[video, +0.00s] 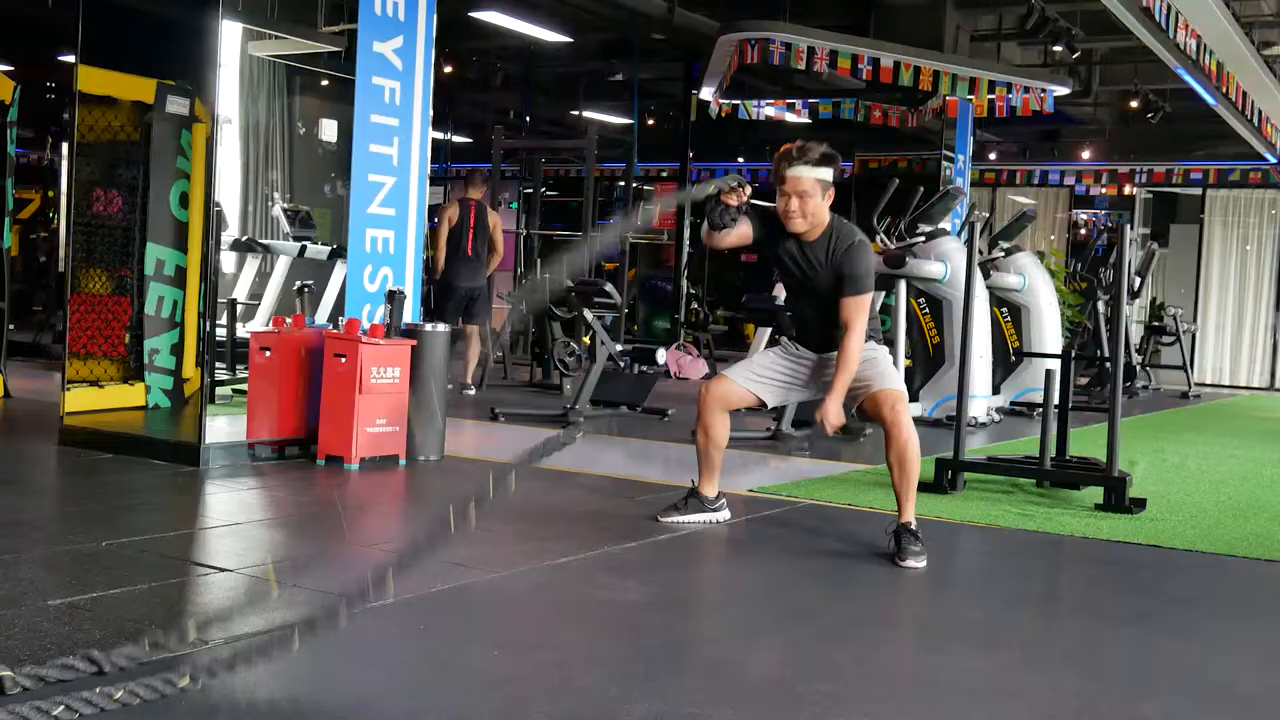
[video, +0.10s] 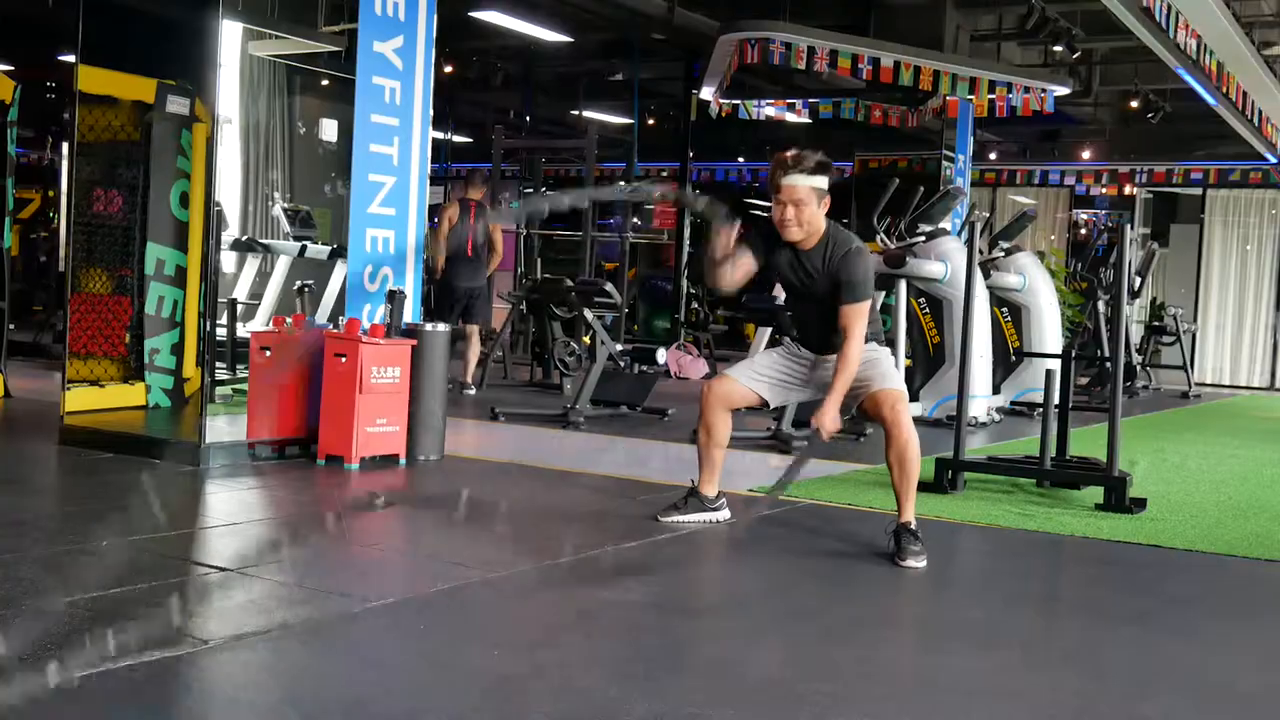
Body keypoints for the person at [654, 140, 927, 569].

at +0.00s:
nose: (789, 206)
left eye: (801, 196)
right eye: (784, 194)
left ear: (828, 198)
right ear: (776, 193)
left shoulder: (853, 247)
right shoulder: (772, 224)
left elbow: (855, 329)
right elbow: (715, 239)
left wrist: (836, 397)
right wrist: (723, 209)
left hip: (855, 355)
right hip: (795, 353)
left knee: (896, 410)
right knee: (714, 394)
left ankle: (908, 526)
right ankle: (706, 497)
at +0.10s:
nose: (785, 214)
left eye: (797, 204)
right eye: (779, 202)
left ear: (824, 206)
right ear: (771, 201)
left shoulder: (851, 254)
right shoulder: (768, 239)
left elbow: (854, 337)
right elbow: (724, 284)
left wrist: (833, 403)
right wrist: (721, 252)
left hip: (856, 355)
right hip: (796, 353)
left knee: (897, 413)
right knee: (716, 393)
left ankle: (907, 526)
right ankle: (707, 496)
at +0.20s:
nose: (781, 225)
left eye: (793, 215)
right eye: (775, 214)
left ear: (820, 215)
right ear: (768, 214)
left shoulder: (854, 258)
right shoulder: (764, 260)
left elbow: (856, 334)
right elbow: (745, 325)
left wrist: (811, 351)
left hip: (855, 359)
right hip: (792, 358)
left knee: (893, 406)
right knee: (721, 390)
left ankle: (907, 525)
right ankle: (707, 495)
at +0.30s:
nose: (780, 231)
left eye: (791, 222)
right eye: (775, 221)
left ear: (819, 221)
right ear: (768, 222)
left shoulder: (856, 260)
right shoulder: (767, 270)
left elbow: (850, 324)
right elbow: (754, 344)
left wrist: (807, 286)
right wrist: (751, 409)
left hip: (861, 365)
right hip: (798, 365)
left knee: (900, 407)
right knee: (720, 389)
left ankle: (907, 525)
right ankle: (708, 495)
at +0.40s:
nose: (782, 233)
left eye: (794, 223)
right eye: (777, 222)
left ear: (822, 225)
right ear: (770, 222)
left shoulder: (858, 265)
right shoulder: (770, 268)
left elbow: (862, 343)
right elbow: (746, 328)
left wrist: (810, 337)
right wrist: (730, 370)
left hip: (855, 371)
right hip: (792, 371)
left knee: (904, 404)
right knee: (722, 388)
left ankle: (908, 524)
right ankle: (707, 495)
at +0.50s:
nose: (781, 240)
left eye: (793, 231)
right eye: (776, 229)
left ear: (822, 233)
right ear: (770, 229)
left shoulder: (854, 279)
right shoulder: (766, 271)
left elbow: (861, 362)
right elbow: (724, 304)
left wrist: (830, 418)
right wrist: (708, 293)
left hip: (865, 369)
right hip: (805, 368)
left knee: (906, 408)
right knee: (723, 389)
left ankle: (908, 525)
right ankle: (708, 495)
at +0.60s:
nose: (777, 247)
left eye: (789, 238)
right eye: (772, 236)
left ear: (818, 239)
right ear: (765, 235)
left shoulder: (852, 284)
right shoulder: (761, 277)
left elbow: (855, 367)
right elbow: (724, 325)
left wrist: (832, 425)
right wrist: (711, 291)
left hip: (863, 372)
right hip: (803, 372)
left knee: (906, 406)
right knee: (722, 389)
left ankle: (908, 525)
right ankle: (707, 496)